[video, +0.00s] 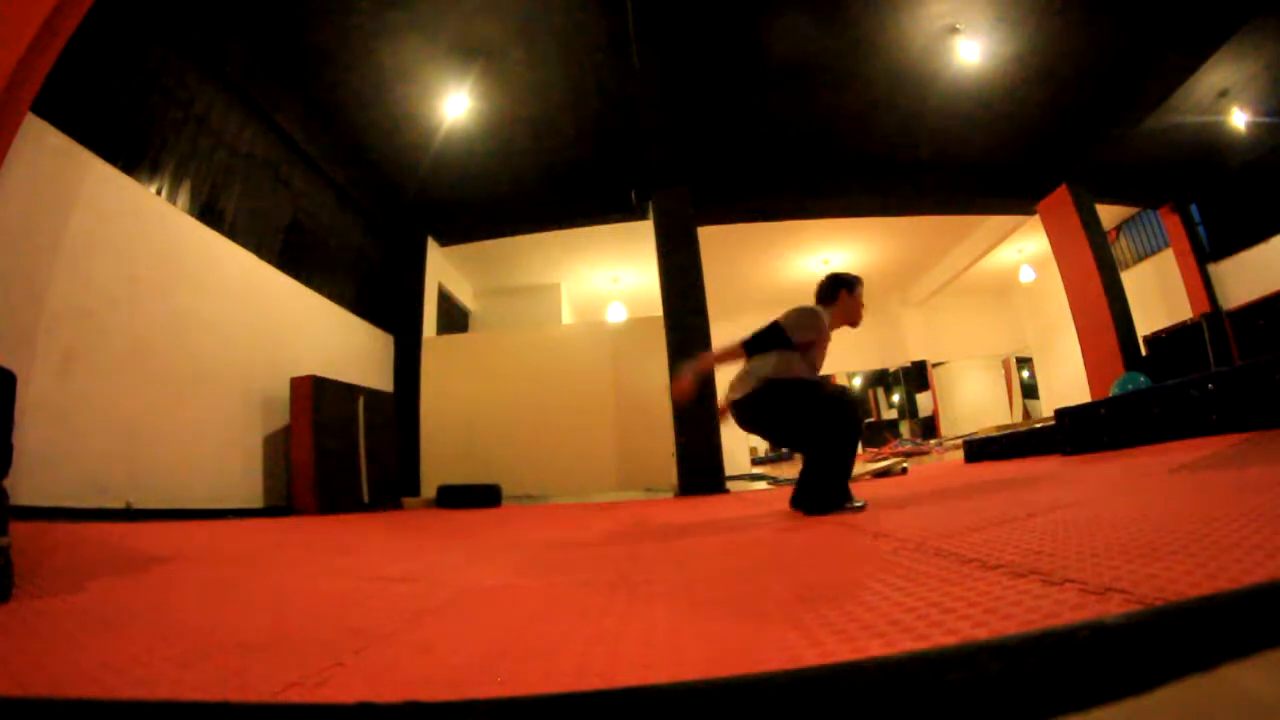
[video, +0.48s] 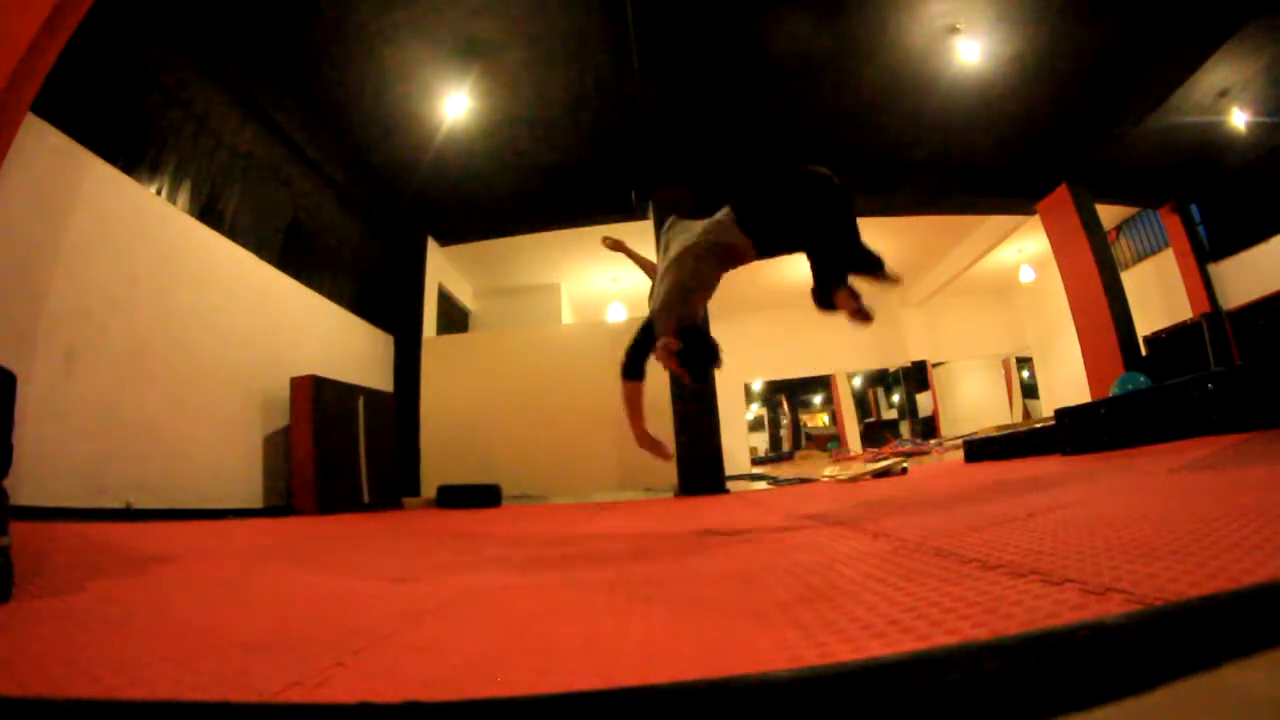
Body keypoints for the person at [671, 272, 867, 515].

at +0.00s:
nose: (863, 306)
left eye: (862, 298)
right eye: (859, 297)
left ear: (842, 297)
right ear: (843, 297)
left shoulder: (815, 332)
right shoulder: (809, 318)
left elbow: (767, 369)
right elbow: (752, 345)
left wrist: (729, 403)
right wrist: (697, 367)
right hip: (760, 398)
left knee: (837, 414)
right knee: (840, 410)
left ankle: (814, 496)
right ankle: (822, 497)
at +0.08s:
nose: (807, 269)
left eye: (803, 263)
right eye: (800, 264)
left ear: (780, 273)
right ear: (787, 270)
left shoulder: (774, 304)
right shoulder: (780, 302)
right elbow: (803, 365)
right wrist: (845, 414)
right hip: (765, 401)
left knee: (835, 432)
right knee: (842, 432)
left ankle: (814, 494)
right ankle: (824, 496)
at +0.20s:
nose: (716, 247)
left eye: (709, 246)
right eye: (708, 249)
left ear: (705, 272)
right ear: (708, 261)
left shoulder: (730, 286)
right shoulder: (734, 273)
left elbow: (758, 250)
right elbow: (766, 215)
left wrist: (748, 209)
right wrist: (763, 181)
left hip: (772, 395)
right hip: (782, 386)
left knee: (849, 414)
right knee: (856, 410)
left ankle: (818, 486)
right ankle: (828, 490)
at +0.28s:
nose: (666, 243)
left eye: (663, 245)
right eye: (664, 246)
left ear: (667, 275)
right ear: (667, 259)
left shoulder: (696, 267)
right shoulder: (695, 260)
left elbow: (663, 234)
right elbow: (660, 225)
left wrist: (632, 229)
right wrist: (624, 223)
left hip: (795, 332)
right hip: (802, 327)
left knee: (857, 391)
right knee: (866, 383)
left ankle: (831, 472)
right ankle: (840, 480)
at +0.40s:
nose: (645, 312)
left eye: (646, 319)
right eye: (651, 315)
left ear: (656, 311)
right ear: (662, 308)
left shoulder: (677, 276)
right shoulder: (662, 276)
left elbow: (649, 265)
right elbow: (606, 310)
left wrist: (611, 253)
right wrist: (577, 366)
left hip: (780, 246)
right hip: (778, 238)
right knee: (856, 258)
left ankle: (848, 451)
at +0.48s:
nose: (663, 367)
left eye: (668, 369)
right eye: (670, 367)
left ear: (674, 345)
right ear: (674, 347)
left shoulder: (679, 306)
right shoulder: (664, 315)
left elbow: (655, 268)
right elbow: (631, 369)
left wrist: (625, 249)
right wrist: (639, 432)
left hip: (751, 231)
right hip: (744, 232)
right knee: (821, 201)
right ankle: (838, 291)